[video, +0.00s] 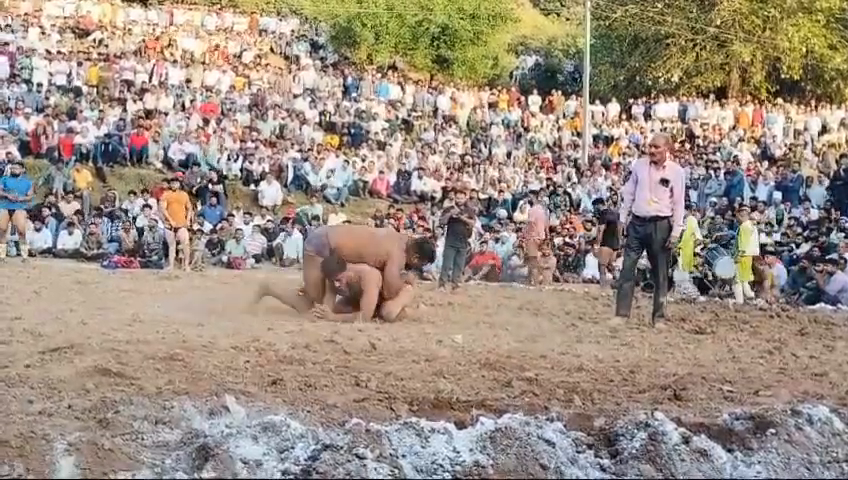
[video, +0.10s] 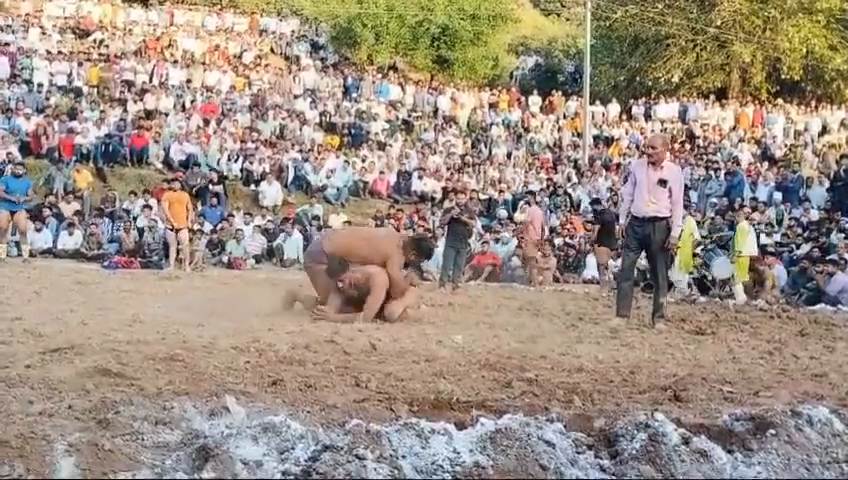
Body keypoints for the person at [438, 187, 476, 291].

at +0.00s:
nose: (459, 200)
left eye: (462, 198)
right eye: (457, 198)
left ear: (465, 198)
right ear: (454, 198)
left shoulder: (469, 211)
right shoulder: (449, 209)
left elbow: (473, 223)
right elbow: (441, 222)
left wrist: (462, 218)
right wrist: (450, 214)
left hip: (463, 242)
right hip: (450, 241)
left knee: (459, 266)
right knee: (447, 265)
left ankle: (455, 285)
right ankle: (443, 284)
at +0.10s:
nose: (460, 201)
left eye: (462, 198)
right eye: (458, 198)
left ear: (466, 199)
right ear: (455, 198)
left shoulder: (469, 211)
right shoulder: (449, 210)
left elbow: (474, 223)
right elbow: (442, 222)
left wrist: (463, 219)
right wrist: (451, 215)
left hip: (463, 242)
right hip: (451, 241)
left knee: (459, 266)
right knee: (447, 265)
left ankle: (456, 285)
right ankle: (443, 284)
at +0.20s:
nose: (461, 201)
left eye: (463, 199)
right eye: (459, 199)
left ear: (467, 200)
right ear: (456, 199)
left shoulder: (470, 212)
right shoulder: (450, 211)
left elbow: (474, 224)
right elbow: (442, 223)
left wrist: (463, 219)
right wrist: (451, 215)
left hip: (464, 243)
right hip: (452, 241)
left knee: (460, 267)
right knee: (448, 265)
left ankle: (456, 286)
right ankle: (443, 285)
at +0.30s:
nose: (461, 202)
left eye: (464, 200)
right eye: (460, 200)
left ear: (468, 201)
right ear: (456, 200)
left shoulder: (471, 213)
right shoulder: (451, 211)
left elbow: (475, 225)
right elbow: (443, 223)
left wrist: (463, 219)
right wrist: (452, 216)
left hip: (465, 243)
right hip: (452, 242)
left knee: (461, 267)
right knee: (448, 266)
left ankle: (457, 286)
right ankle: (444, 285)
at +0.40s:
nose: (464, 203)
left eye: (466, 201)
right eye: (462, 201)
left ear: (470, 201)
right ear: (459, 201)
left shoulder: (473, 214)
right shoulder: (453, 213)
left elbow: (478, 225)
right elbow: (446, 224)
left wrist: (466, 220)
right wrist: (455, 217)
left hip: (467, 244)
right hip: (455, 243)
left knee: (464, 268)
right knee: (451, 266)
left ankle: (460, 287)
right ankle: (447, 286)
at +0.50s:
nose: (472, 205)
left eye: (474, 203)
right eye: (470, 203)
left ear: (477, 204)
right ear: (466, 203)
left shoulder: (481, 216)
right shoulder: (461, 215)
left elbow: (485, 228)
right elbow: (454, 227)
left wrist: (474, 222)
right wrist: (463, 218)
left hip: (475, 246)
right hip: (463, 245)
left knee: (472, 269)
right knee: (459, 268)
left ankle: (469, 288)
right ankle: (455, 287)